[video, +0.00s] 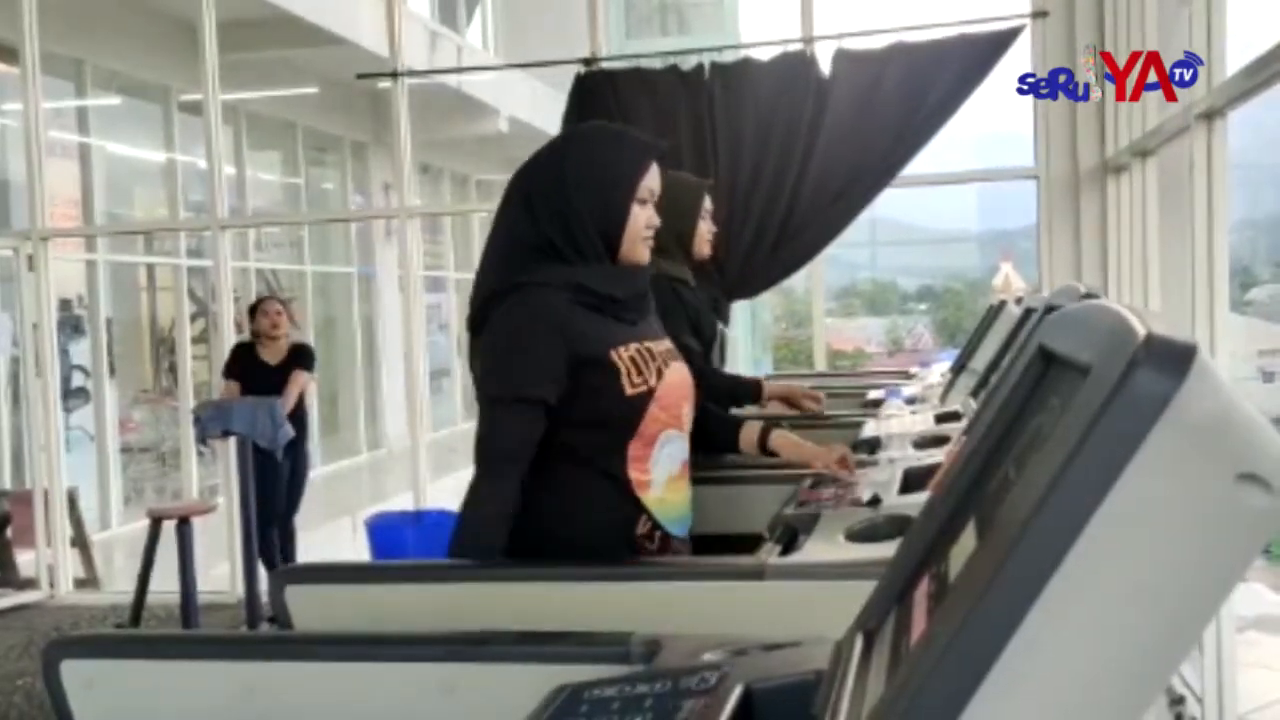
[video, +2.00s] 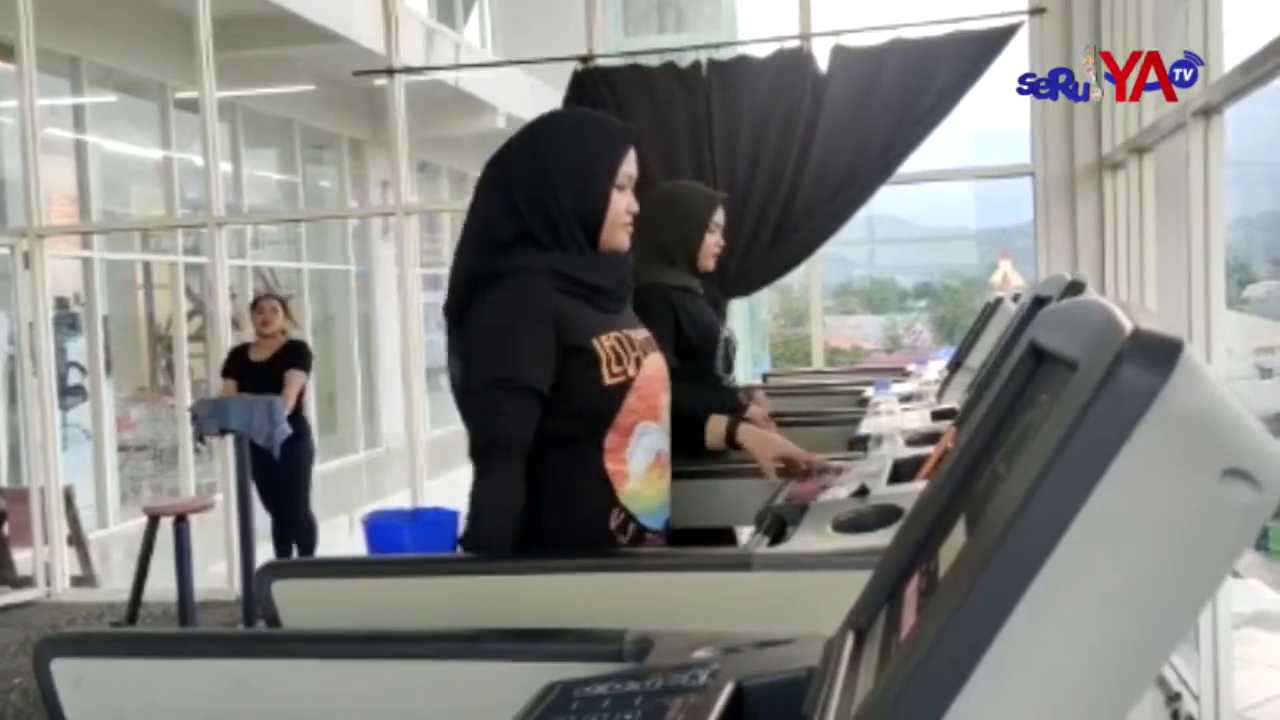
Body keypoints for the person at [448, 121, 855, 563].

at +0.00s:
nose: (655, 220)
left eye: (655, 204)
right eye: (642, 203)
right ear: (589, 202)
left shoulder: (628, 303)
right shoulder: (536, 314)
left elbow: (669, 415)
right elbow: (498, 475)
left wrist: (778, 442)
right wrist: (460, 594)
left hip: (648, 564)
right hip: (571, 580)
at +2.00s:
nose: (635, 207)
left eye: (632, 189)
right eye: (621, 188)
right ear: (571, 188)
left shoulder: (598, 289)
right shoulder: (519, 300)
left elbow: (623, 413)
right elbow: (501, 461)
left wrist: (738, 434)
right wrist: (478, 589)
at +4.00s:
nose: (623, 200)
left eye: (619, 185)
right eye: (607, 185)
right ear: (560, 190)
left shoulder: (585, 288)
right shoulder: (515, 298)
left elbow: (597, 429)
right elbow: (508, 464)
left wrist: (695, 448)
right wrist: (530, 596)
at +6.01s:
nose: (632, 193)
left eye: (630, 177)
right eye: (617, 177)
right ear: (567, 179)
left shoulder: (593, 279)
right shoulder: (524, 291)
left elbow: (631, 405)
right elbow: (518, 456)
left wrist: (750, 430)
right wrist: (537, 573)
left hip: (624, 528)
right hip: (571, 544)